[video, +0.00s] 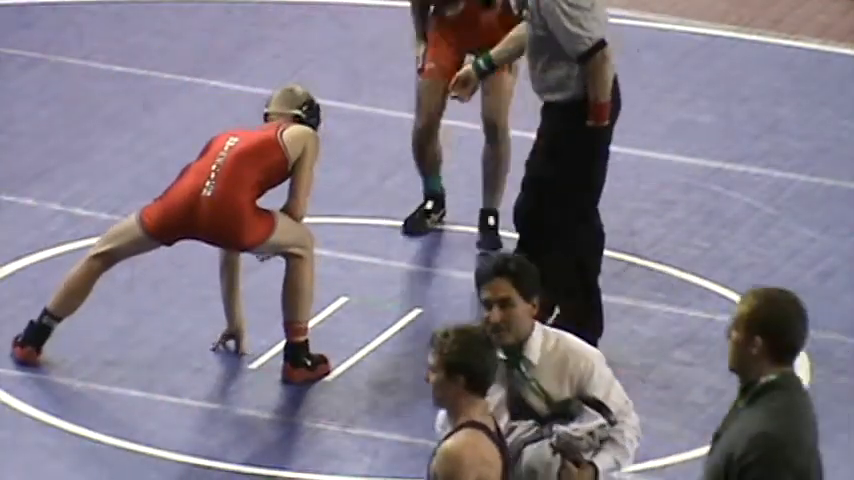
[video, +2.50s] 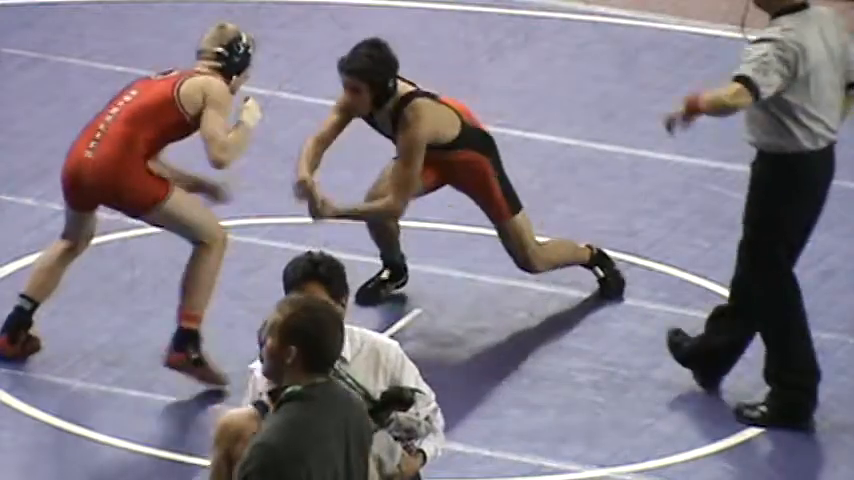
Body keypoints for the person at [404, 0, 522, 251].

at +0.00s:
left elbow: (530, 19)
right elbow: (420, 4)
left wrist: (485, 62)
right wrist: (421, 40)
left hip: (498, 24)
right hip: (446, 24)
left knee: (496, 126)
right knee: (424, 125)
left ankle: (489, 217)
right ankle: (433, 201)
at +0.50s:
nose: (393, 128)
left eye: (401, 121)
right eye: (390, 119)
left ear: (422, 110)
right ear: (383, 101)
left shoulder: (451, 105)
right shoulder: (370, 90)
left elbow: (468, 192)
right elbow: (322, 115)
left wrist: (456, 260)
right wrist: (326, 171)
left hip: (452, 88)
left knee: (500, 183)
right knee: (385, 175)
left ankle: (542, 248)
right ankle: (379, 268)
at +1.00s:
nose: (381, 135)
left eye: (388, 127)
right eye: (376, 126)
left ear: (409, 116)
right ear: (369, 116)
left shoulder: (451, 101)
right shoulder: (363, 117)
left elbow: (504, 117)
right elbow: (338, 168)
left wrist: (494, 181)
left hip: (462, 121)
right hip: (413, 128)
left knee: (526, 189)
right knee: (394, 186)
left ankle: (575, 250)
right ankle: (384, 271)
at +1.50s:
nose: (371, 121)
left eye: (378, 114)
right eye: (368, 113)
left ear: (401, 105)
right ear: (362, 104)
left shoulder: (449, 97)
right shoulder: (367, 106)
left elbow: (484, 157)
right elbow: (357, 160)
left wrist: (436, 164)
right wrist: (346, 213)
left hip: (474, 107)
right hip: (424, 116)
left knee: (535, 198)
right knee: (396, 185)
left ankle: (594, 258)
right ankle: (383, 268)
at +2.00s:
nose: (370, 130)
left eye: (378, 123)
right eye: (367, 121)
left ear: (402, 114)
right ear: (363, 110)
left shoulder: (449, 103)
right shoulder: (369, 114)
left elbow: (494, 153)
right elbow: (359, 164)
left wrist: (446, 174)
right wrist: (349, 219)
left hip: (479, 108)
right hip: (432, 117)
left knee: (536, 202)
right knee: (399, 185)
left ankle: (583, 266)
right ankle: (385, 269)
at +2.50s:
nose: (346, 96)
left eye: (354, 90)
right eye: (345, 87)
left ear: (379, 90)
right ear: (352, 86)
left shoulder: (414, 119)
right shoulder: (358, 98)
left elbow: (395, 204)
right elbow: (320, 140)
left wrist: (335, 212)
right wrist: (304, 175)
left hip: (473, 159)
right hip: (426, 157)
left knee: (530, 259)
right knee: (377, 206)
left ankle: (593, 257)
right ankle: (395, 271)